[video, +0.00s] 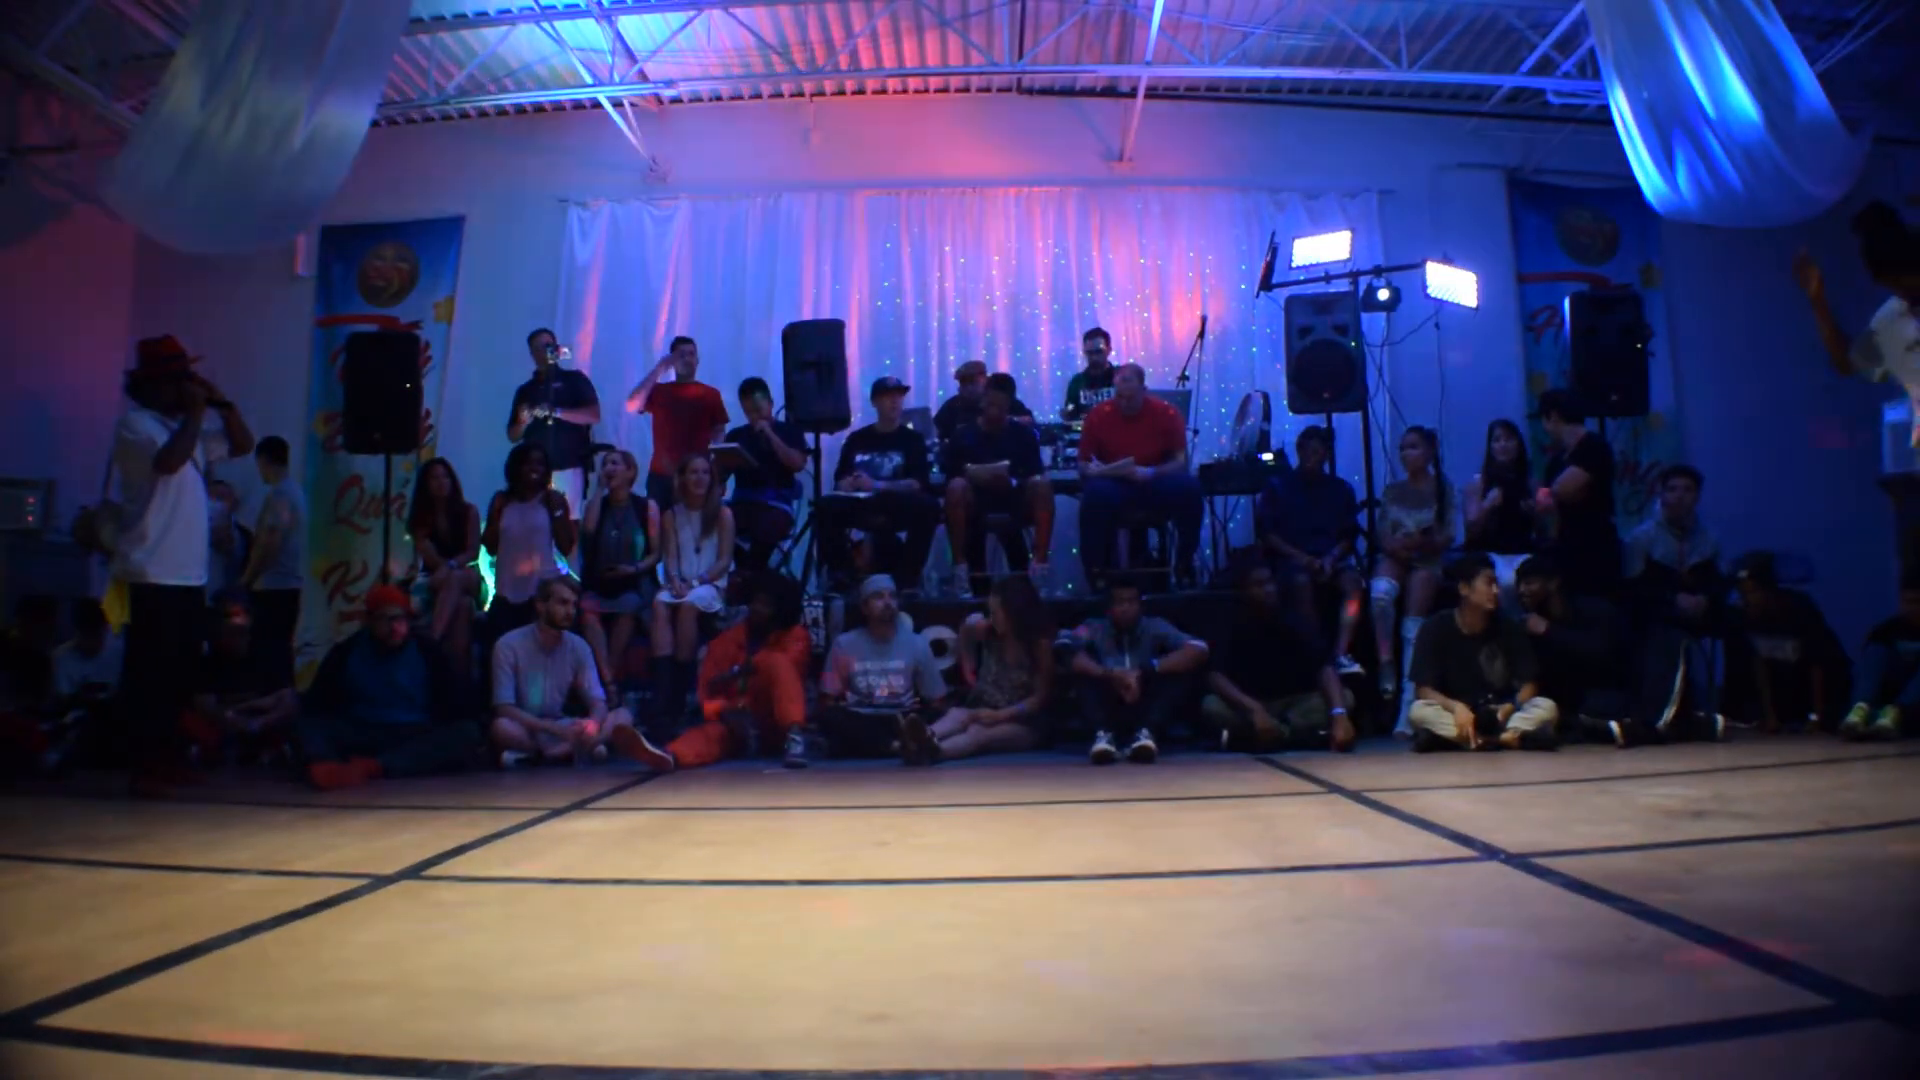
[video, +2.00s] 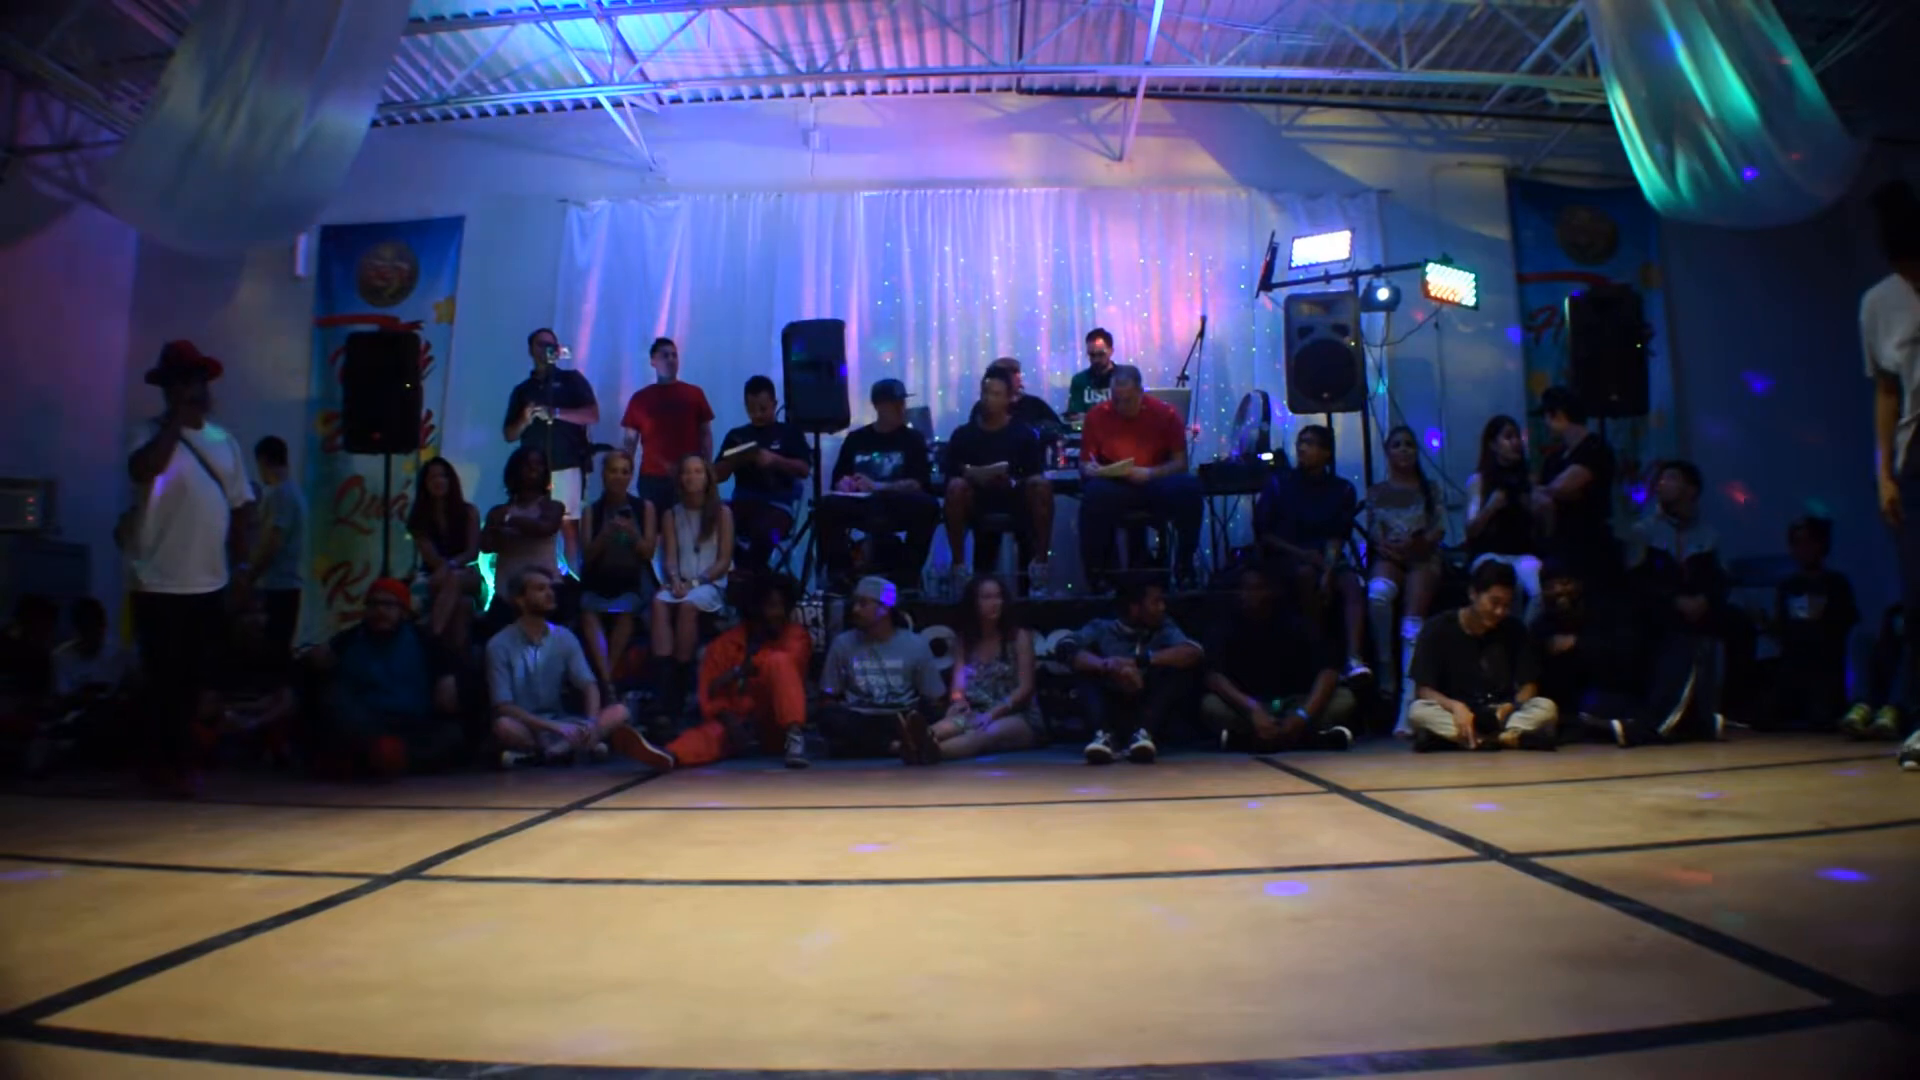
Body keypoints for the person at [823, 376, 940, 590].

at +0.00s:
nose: (895, 403)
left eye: (898, 397)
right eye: (889, 397)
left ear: (903, 401)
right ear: (875, 402)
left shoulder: (913, 439)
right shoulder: (857, 439)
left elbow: (919, 483)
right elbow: (840, 482)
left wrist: (875, 485)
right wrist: (851, 484)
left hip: (897, 501)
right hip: (861, 502)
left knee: (927, 508)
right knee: (825, 507)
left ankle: (908, 580)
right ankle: (840, 578)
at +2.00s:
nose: (901, 408)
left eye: (901, 402)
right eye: (894, 403)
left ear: (903, 404)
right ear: (878, 405)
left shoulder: (913, 439)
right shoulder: (856, 438)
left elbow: (919, 483)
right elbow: (838, 481)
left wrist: (876, 486)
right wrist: (848, 485)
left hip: (898, 502)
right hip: (860, 503)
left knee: (927, 508)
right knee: (827, 507)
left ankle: (909, 577)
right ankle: (838, 576)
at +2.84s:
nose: (893, 405)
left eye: (896, 399)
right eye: (887, 399)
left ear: (900, 402)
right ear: (874, 404)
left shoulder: (912, 438)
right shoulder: (856, 439)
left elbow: (922, 481)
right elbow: (842, 479)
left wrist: (893, 490)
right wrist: (845, 486)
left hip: (899, 503)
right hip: (862, 503)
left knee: (927, 507)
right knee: (829, 507)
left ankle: (909, 576)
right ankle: (838, 574)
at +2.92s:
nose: (893, 404)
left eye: (895, 399)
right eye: (886, 399)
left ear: (899, 401)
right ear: (873, 403)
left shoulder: (912, 437)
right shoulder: (861, 438)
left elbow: (921, 481)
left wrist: (890, 490)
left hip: (907, 502)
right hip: (872, 506)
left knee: (928, 510)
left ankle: (912, 575)